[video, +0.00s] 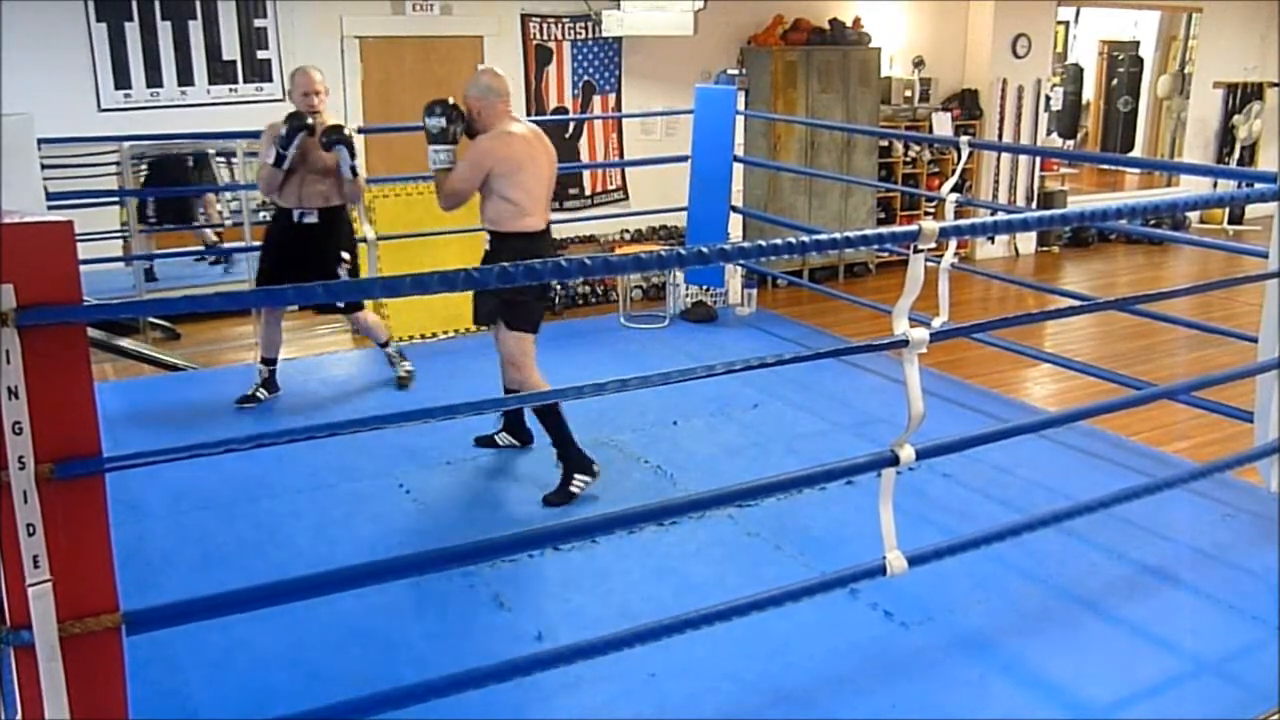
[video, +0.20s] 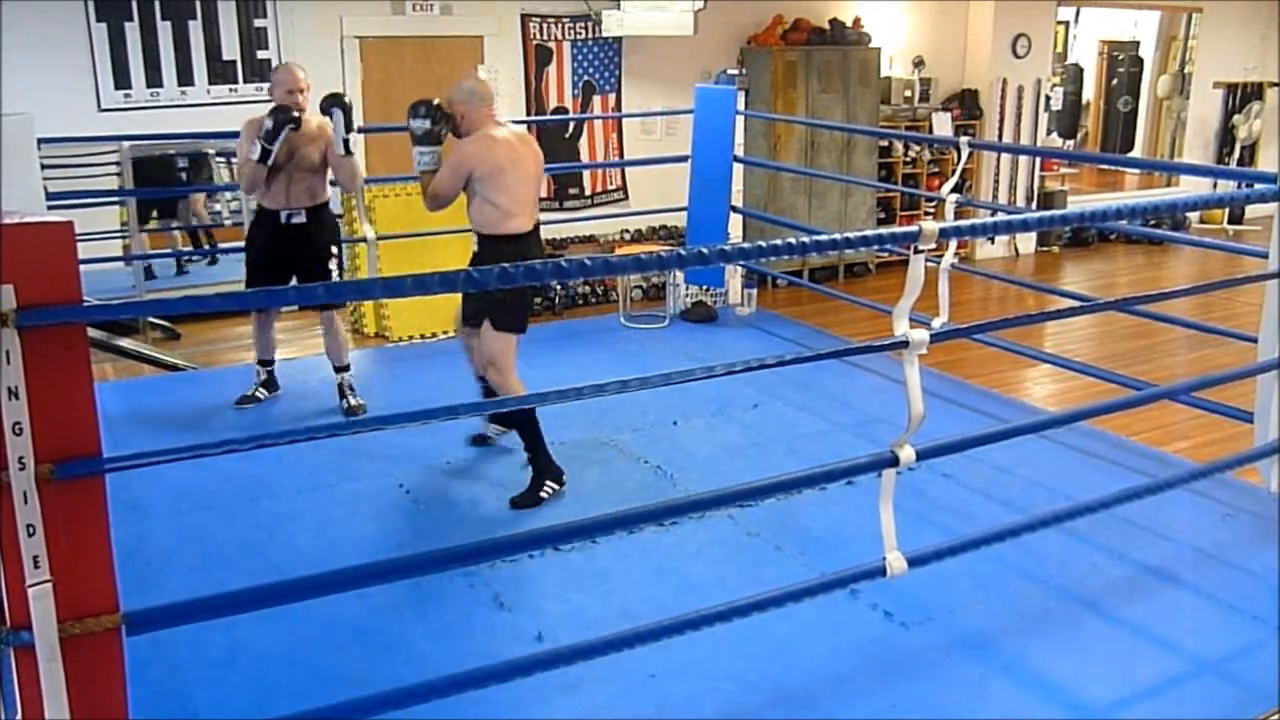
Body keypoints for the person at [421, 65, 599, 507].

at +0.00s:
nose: (466, 115)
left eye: (468, 107)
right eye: (466, 107)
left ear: (488, 105)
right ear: (505, 102)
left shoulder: (491, 144)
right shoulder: (538, 137)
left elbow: (448, 197)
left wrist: (443, 149)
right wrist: (472, 145)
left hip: (512, 252)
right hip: (539, 247)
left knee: (520, 368)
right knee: (507, 341)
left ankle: (576, 462)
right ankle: (515, 426)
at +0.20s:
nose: (451, 123)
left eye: (454, 115)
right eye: (450, 115)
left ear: (471, 111)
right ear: (490, 106)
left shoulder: (471, 148)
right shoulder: (525, 140)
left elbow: (434, 200)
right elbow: (534, 191)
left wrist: (434, 152)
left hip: (498, 256)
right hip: (526, 249)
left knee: (496, 368)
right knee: (469, 333)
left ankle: (546, 469)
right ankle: (500, 413)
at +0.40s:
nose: (436, 140)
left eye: (436, 132)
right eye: (433, 133)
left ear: (449, 128)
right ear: (468, 119)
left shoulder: (472, 165)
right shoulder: (501, 148)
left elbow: (423, 213)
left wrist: (409, 168)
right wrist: (443, 152)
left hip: (495, 270)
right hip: (488, 264)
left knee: (486, 372)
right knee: (453, 338)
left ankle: (543, 470)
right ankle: (457, 423)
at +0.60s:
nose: (423, 120)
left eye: (425, 113)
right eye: (422, 113)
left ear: (445, 113)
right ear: (456, 108)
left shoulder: (478, 150)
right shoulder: (465, 144)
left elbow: (437, 210)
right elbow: (440, 203)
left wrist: (421, 164)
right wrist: (427, 158)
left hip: (497, 254)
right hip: (471, 250)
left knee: (501, 362)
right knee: (463, 343)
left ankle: (551, 451)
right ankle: (458, 422)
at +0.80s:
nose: (429, 121)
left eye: (432, 114)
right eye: (429, 114)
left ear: (454, 113)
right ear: (459, 112)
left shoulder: (486, 150)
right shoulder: (463, 146)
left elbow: (440, 209)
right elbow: (438, 204)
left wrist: (424, 160)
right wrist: (426, 159)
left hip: (506, 257)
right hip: (476, 254)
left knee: (519, 359)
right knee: (468, 344)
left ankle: (554, 454)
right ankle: (459, 421)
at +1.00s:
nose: (426, 121)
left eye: (431, 113)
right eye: (425, 113)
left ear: (454, 113)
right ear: (458, 113)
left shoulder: (480, 154)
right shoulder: (464, 147)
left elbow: (428, 209)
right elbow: (432, 200)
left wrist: (418, 159)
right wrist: (422, 157)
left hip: (496, 262)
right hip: (465, 258)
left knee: (513, 363)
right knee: (421, 332)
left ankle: (554, 454)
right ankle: (443, 414)